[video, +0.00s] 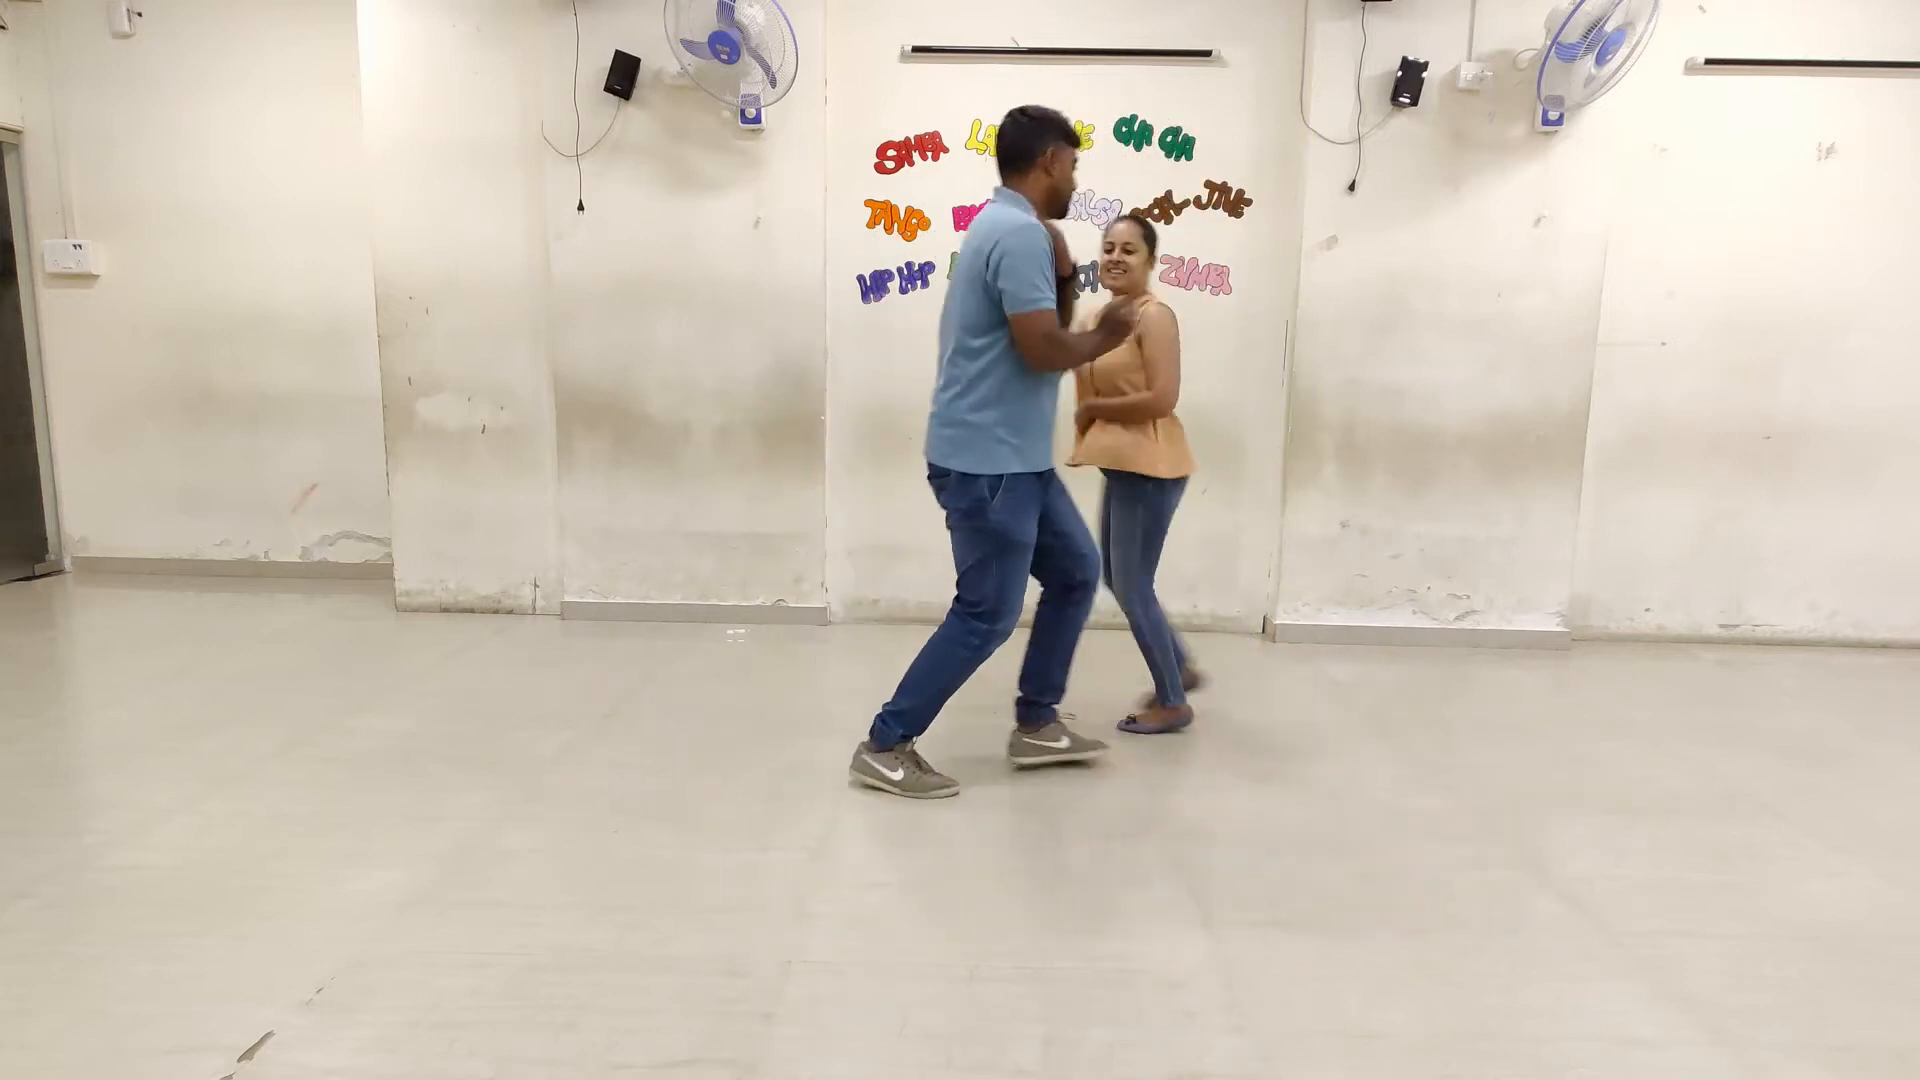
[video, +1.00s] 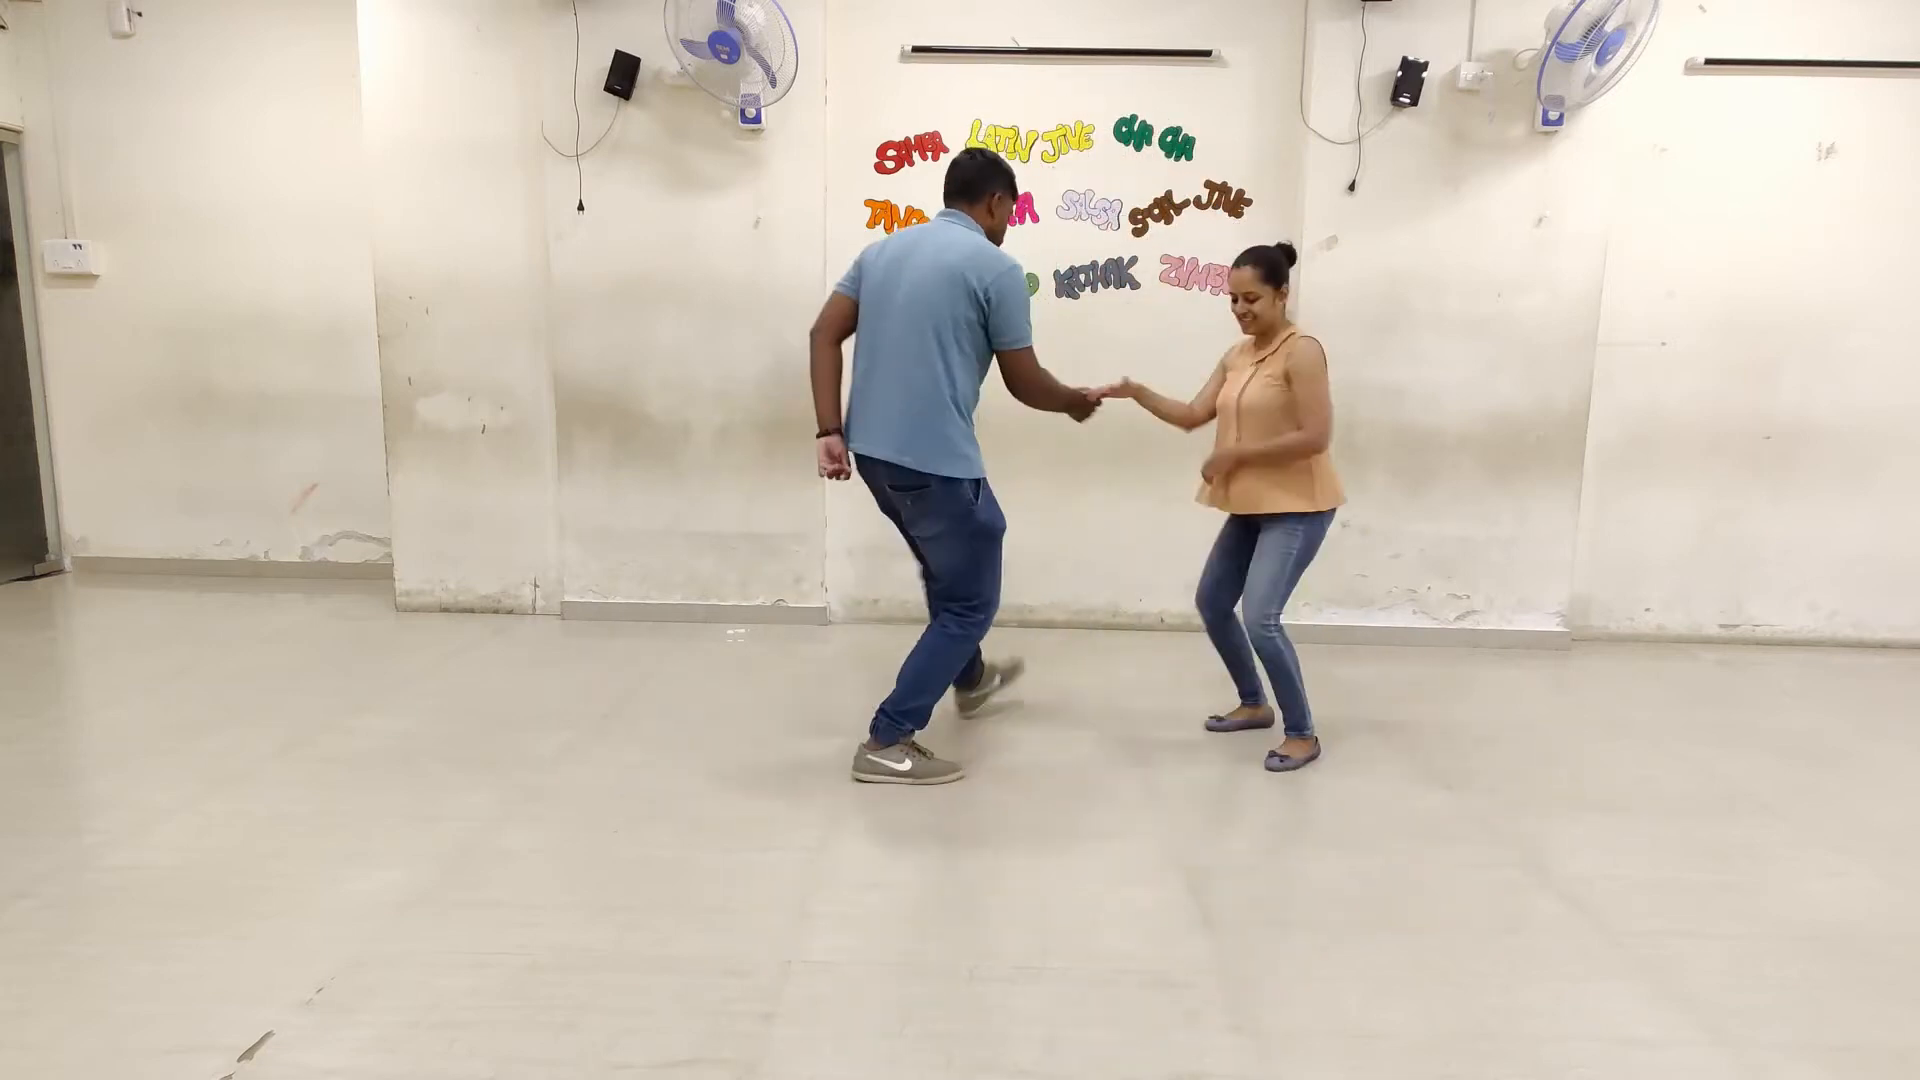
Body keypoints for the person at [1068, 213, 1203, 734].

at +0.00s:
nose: (1115, 257)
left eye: (1127, 250)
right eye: (1108, 249)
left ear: (1150, 262)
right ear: (1099, 258)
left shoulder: (1155, 315)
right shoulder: (1100, 313)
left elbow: (1164, 399)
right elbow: (1075, 365)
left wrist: (1095, 408)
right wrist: (1066, 291)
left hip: (1153, 467)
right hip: (1122, 464)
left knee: (1134, 583)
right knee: (1116, 575)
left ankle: (1172, 702)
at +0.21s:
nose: (1149, 270)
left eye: (1154, 262)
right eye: (1152, 261)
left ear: (1171, 270)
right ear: (1198, 274)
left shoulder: (1146, 336)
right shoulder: (1223, 321)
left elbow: (1117, 422)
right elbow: (1165, 367)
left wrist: (1147, 393)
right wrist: (1084, 368)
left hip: (1159, 483)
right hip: (1225, 478)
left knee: (1149, 585)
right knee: (1219, 592)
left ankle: (1160, 696)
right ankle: (1215, 710)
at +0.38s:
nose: (1235, 265)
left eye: (1231, 257)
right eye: (1232, 258)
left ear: (1177, 269)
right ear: (1222, 266)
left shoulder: (1155, 327)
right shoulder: (1247, 312)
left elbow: (1155, 402)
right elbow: (1273, 348)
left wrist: (1242, 396)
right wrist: (1231, 309)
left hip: (1177, 477)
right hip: (1232, 476)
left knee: (1226, 571)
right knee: (1234, 585)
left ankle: (1196, 679)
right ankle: (1207, 706)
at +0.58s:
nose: (1232, 263)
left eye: (1238, 254)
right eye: (1218, 256)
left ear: (1246, 260)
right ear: (1193, 268)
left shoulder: (1249, 318)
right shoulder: (1197, 320)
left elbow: (1253, 394)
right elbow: (1277, 328)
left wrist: (1286, 400)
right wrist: (1277, 249)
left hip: (1265, 468)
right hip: (1213, 473)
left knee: (1285, 587)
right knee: (1230, 590)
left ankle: (1291, 698)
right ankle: (1197, 698)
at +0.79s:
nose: (1227, 274)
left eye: (1239, 263)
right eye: (1219, 265)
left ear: (1264, 267)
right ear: (1211, 272)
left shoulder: (1300, 324)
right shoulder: (1202, 330)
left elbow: (1351, 389)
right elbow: (1181, 395)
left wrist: (1306, 411)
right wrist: (1162, 323)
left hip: (1290, 479)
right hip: (1221, 481)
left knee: (1289, 604)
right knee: (1222, 612)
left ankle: (1301, 723)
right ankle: (1234, 697)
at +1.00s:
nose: (1238, 309)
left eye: (1249, 299)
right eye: (1233, 299)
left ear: (1281, 295)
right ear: (1231, 297)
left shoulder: (1303, 351)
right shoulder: (1237, 355)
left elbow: (1317, 437)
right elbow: (1190, 416)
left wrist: (1235, 454)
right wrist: (1135, 389)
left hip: (1300, 507)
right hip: (1250, 507)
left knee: (1260, 617)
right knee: (1212, 602)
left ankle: (1301, 736)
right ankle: (1254, 705)